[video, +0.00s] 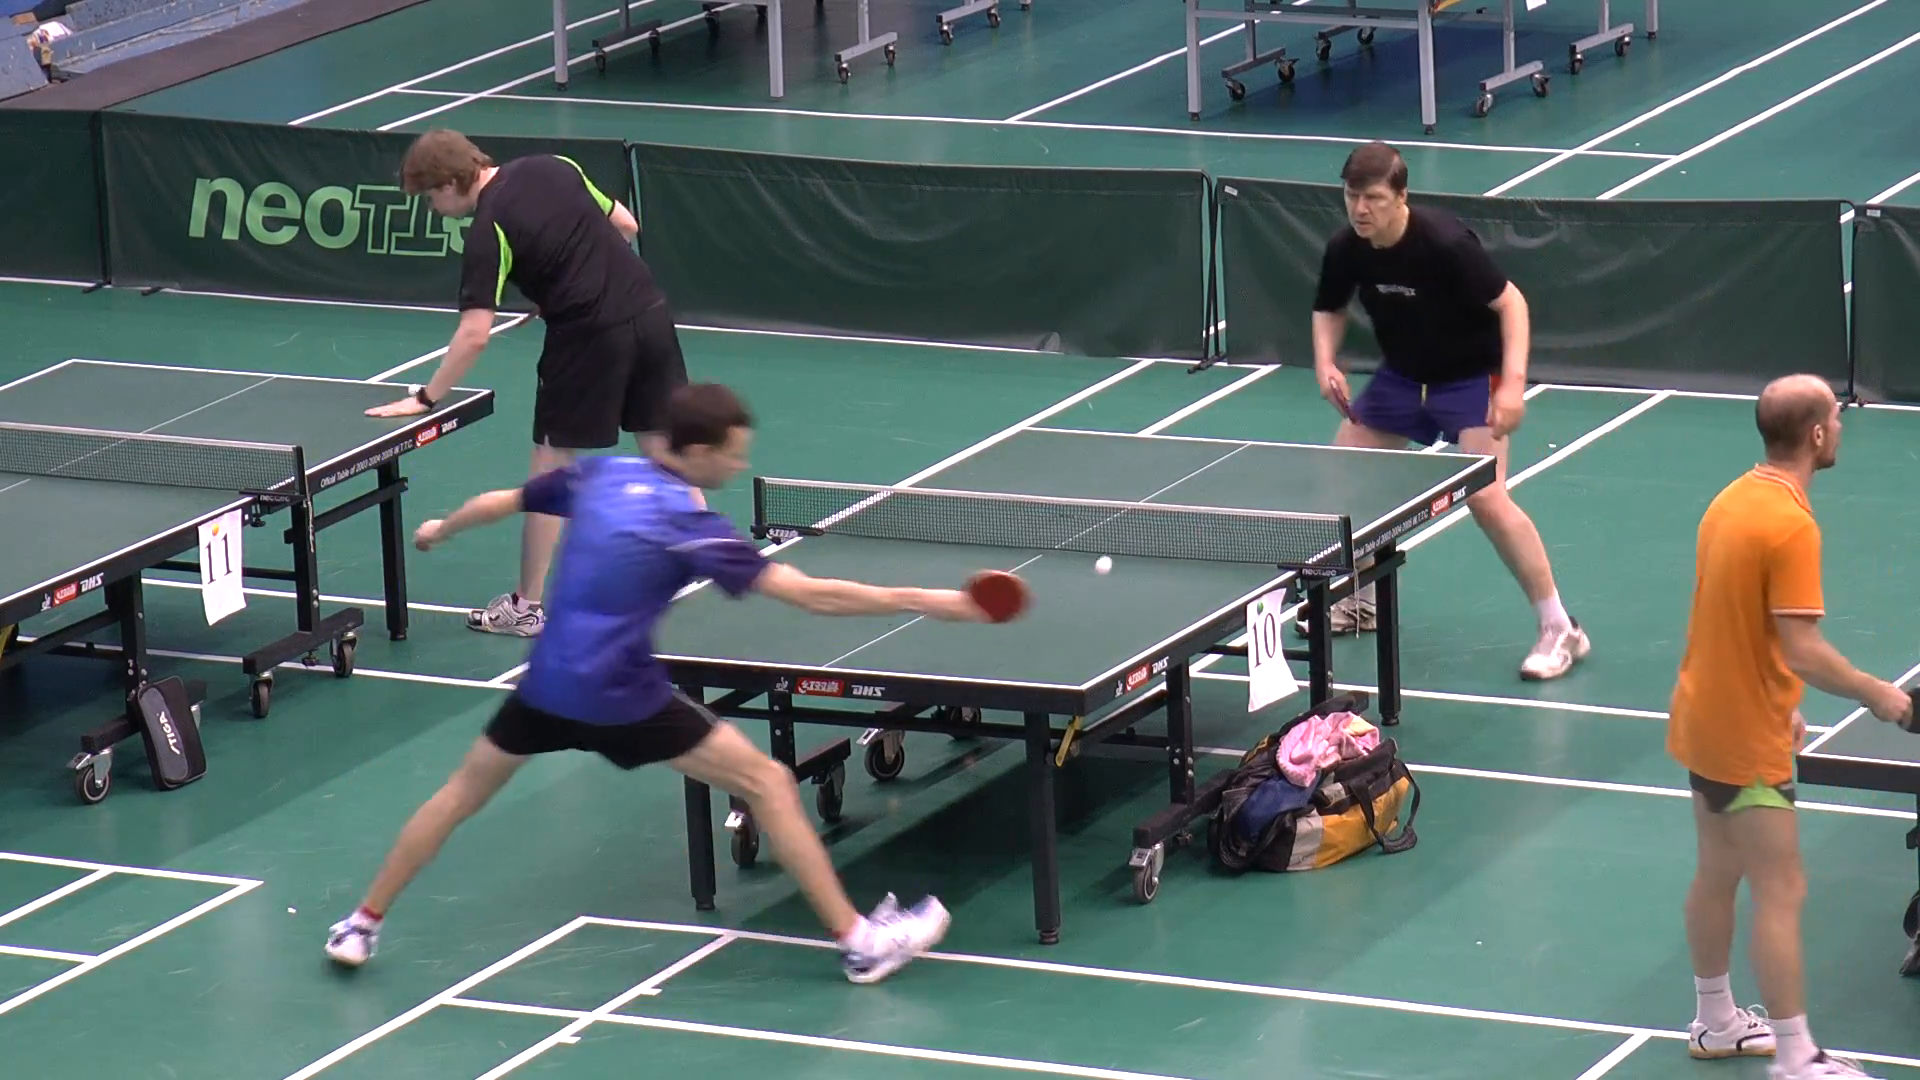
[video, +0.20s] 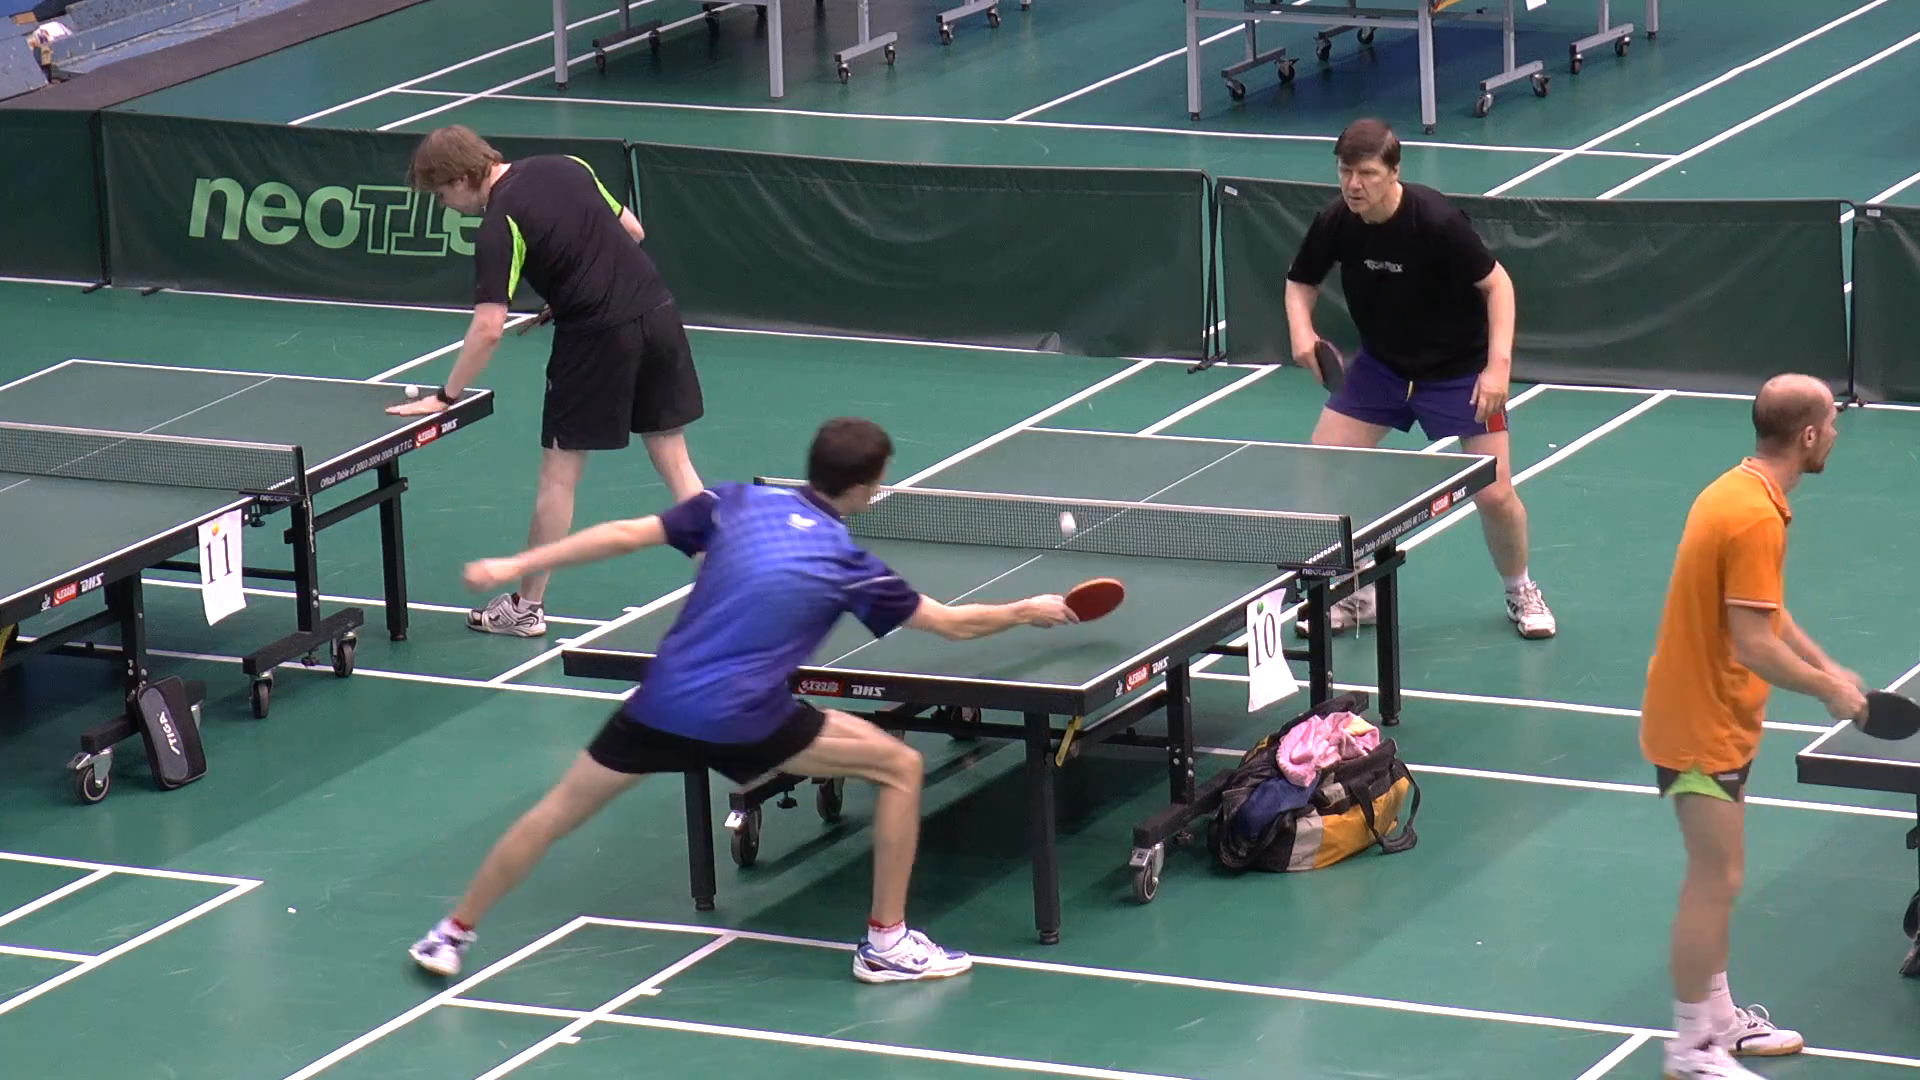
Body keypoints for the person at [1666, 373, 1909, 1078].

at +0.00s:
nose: (1839, 428)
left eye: (1837, 416)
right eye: (1836, 418)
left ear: (1770, 433)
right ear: (1818, 434)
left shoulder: (1731, 499)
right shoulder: (1790, 521)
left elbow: (1721, 627)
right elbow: (1800, 647)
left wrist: (1776, 706)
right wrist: (1877, 691)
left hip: (1702, 721)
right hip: (1746, 734)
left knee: (1716, 872)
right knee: (1780, 890)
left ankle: (1714, 1020)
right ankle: (1797, 1054)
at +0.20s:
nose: (1834, 431)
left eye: (1831, 420)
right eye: (1830, 421)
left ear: (1775, 430)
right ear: (1808, 434)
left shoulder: (1749, 496)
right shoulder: (1751, 514)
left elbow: (1774, 621)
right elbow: (1753, 646)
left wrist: (1833, 674)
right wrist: (1827, 688)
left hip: (1712, 715)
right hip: (1698, 725)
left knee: (1716, 870)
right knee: (1713, 879)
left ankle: (1717, 1016)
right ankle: (1692, 1044)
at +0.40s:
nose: (1823, 440)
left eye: (1821, 429)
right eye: (1818, 430)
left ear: (1772, 435)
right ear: (1791, 439)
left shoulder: (1756, 503)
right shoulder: (1717, 513)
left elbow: (1787, 587)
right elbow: (1693, 634)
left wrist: (1880, 608)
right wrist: (1775, 689)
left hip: (1709, 717)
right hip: (1660, 721)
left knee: (1704, 863)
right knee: (1643, 873)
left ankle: (1714, 1019)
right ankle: (1584, 1011)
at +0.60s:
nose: (1790, 451)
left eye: (1790, 438)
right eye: (1783, 439)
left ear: (1746, 442)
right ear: (1746, 443)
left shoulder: (1748, 514)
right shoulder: (1658, 514)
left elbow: (1811, 594)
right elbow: (1626, 627)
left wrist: (1893, 644)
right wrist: (1710, 689)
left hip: (1686, 715)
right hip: (1618, 717)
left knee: (1695, 860)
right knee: (1588, 860)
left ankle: (1714, 1020)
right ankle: (1535, 988)